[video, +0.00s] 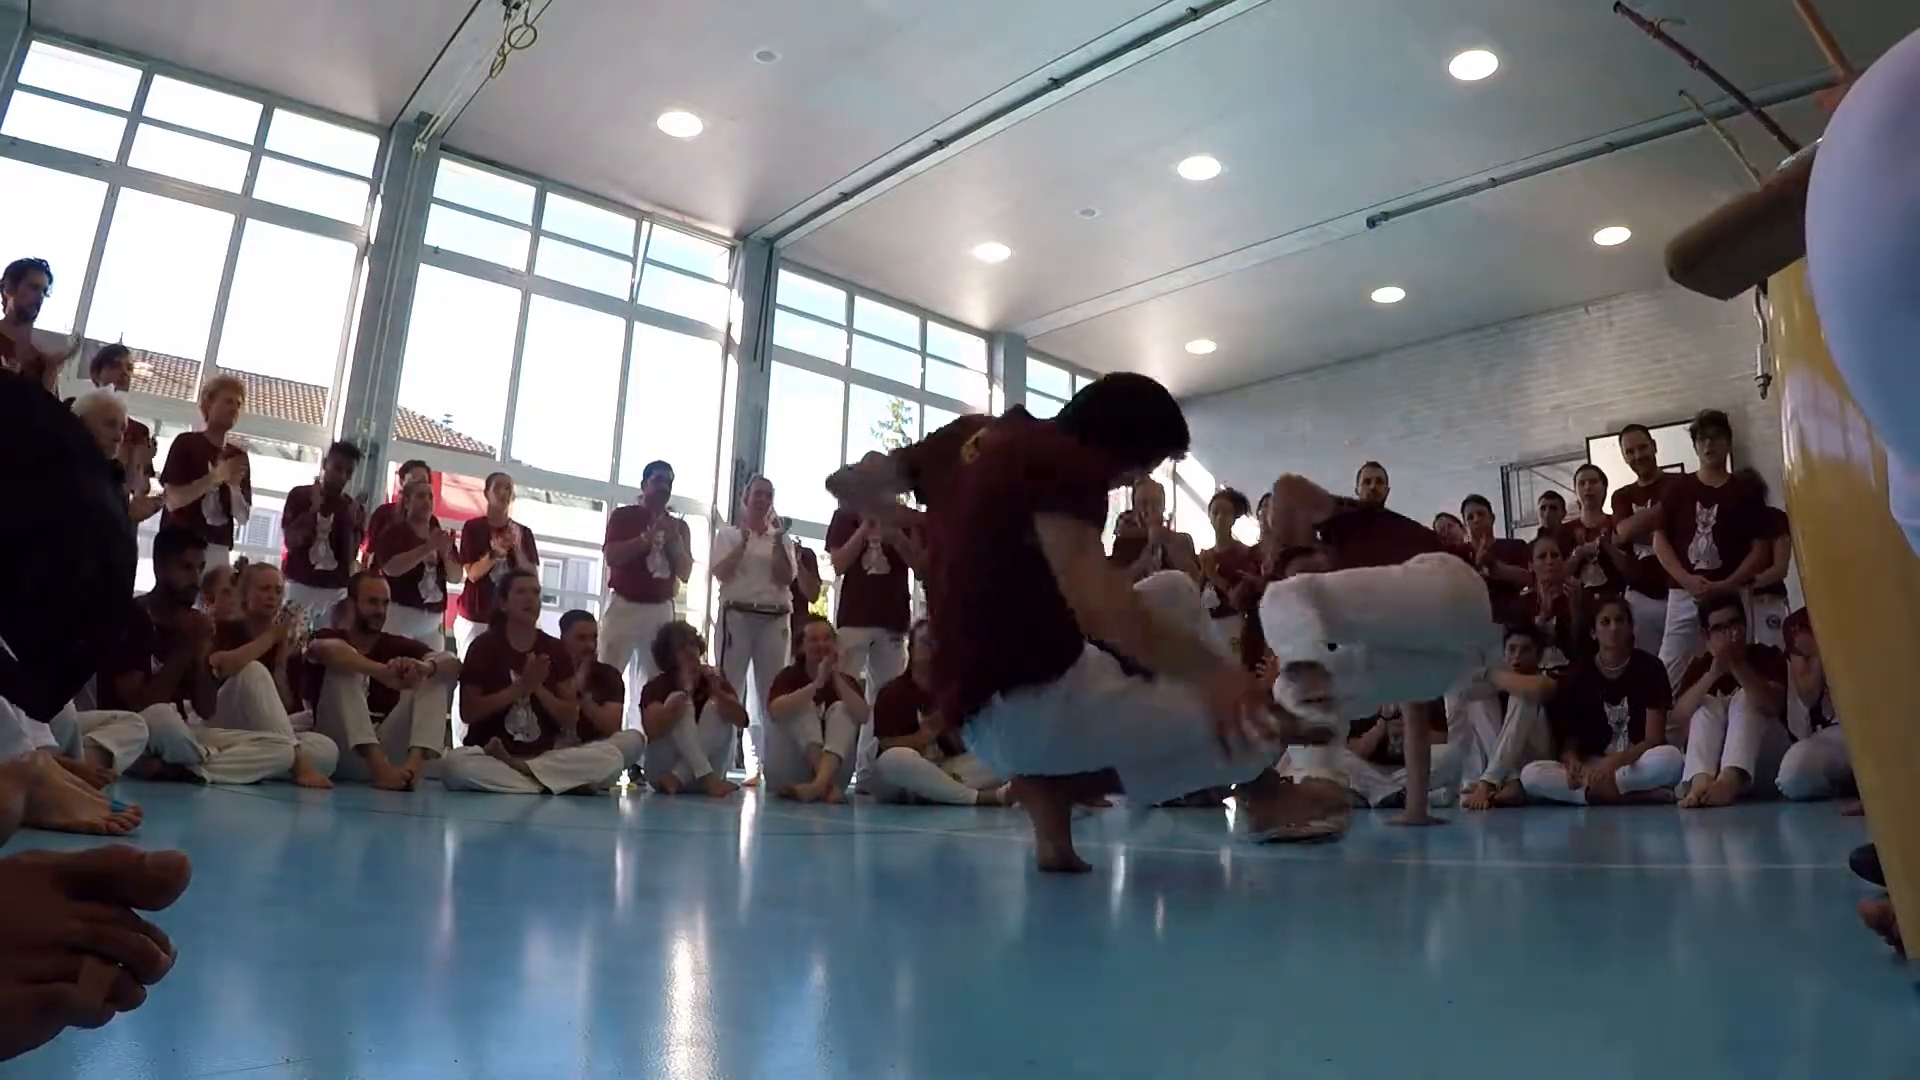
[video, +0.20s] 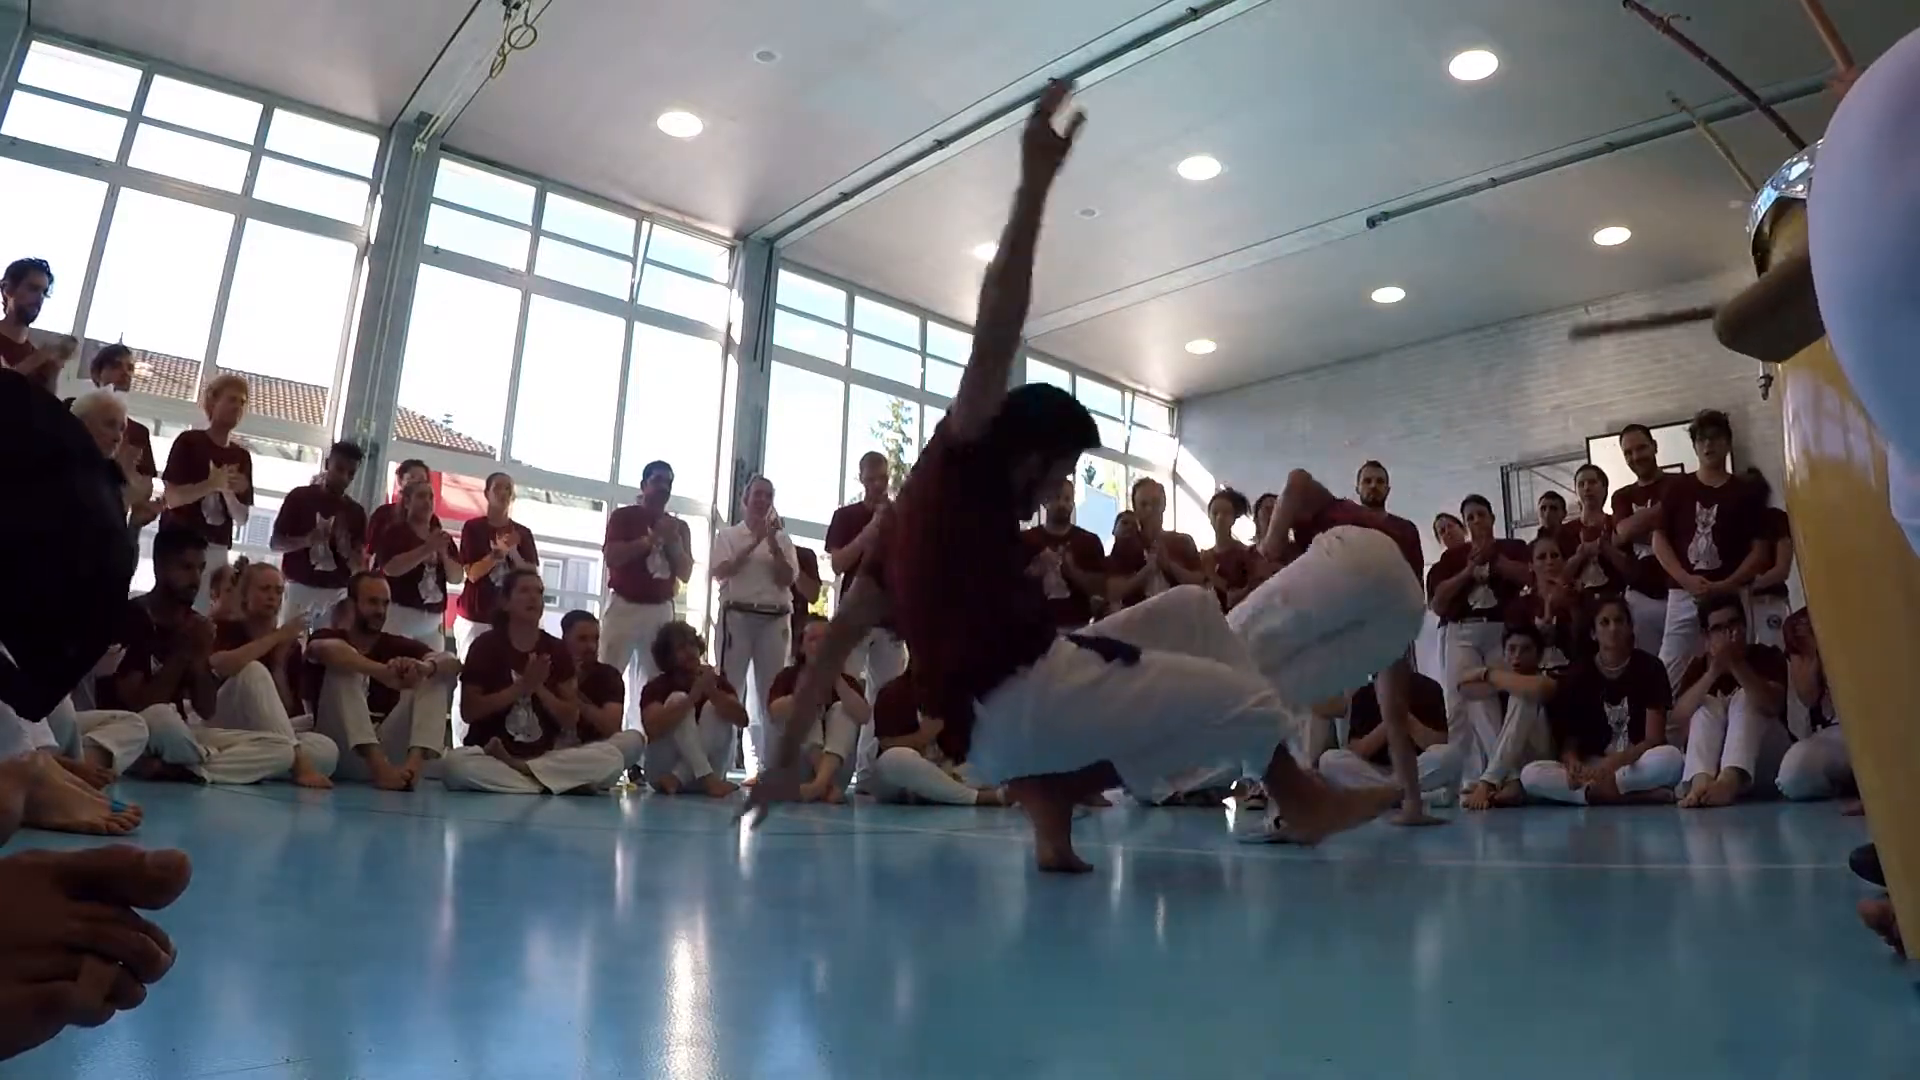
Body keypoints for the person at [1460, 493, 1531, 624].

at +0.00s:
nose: (1476, 520)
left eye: (1481, 514)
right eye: (1470, 517)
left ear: (1492, 518)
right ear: (1466, 524)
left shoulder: (1516, 547)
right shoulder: (1459, 557)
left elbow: (1530, 578)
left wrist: (1493, 566)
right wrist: (1475, 565)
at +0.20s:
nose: (1476, 521)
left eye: (1481, 515)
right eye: (1470, 517)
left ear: (1492, 518)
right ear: (1465, 523)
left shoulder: (1514, 548)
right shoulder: (1451, 557)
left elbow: (1531, 578)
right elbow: (1437, 603)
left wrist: (1495, 560)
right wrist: (1468, 571)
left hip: (1501, 629)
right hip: (1460, 632)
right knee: (1459, 702)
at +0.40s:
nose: (1477, 524)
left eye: (1482, 517)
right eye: (1472, 519)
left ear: (1493, 520)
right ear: (1466, 524)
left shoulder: (1511, 548)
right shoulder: (1453, 556)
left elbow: (1524, 572)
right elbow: (1438, 602)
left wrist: (1495, 545)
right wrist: (1464, 576)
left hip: (1501, 630)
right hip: (1462, 633)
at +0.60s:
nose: (1475, 523)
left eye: (1480, 516)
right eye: (1471, 519)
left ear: (1493, 518)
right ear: (1467, 524)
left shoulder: (1512, 547)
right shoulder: (1454, 556)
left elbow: (1520, 568)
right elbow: (1435, 597)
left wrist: (1495, 539)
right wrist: (1462, 583)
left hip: (1501, 631)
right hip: (1462, 633)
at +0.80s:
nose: (1475, 524)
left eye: (1479, 517)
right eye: (1470, 520)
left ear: (1493, 517)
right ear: (1467, 525)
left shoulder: (1513, 546)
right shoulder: (1459, 554)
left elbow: (1520, 569)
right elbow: (1445, 584)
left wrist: (1495, 539)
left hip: (1501, 629)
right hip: (1462, 632)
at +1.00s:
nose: (1475, 524)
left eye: (1480, 517)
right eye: (1471, 520)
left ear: (1494, 518)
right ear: (1467, 524)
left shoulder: (1513, 545)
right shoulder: (1460, 554)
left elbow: (1519, 567)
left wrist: (1495, 539)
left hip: (1500, 628)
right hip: (1462, 630)